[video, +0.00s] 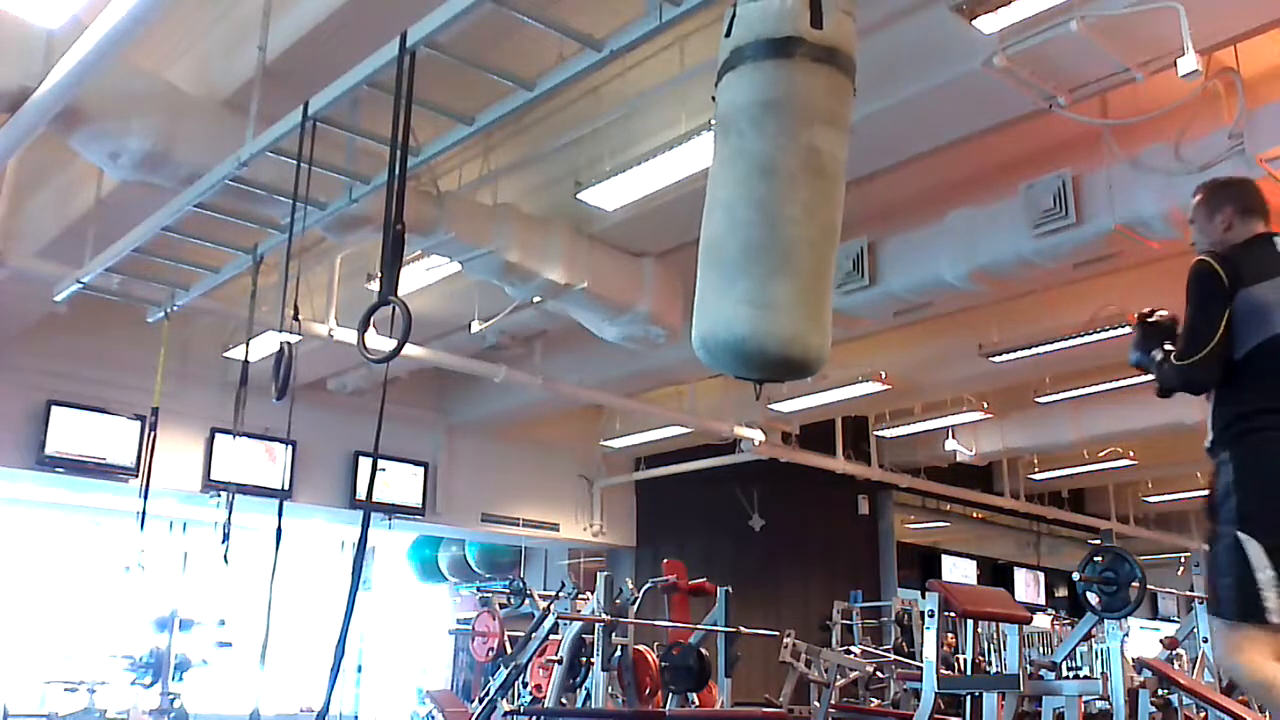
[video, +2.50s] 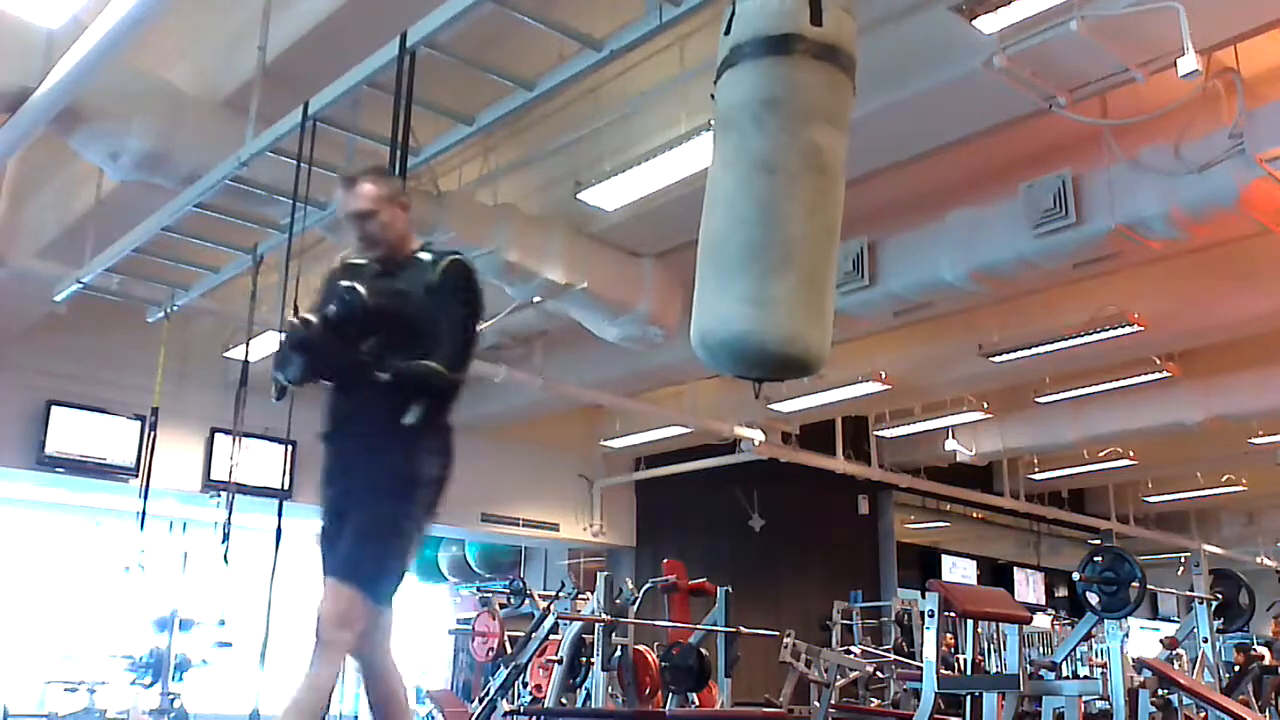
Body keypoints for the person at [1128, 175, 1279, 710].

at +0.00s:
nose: (1193, 235)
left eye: (1196, 223)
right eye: (1191, 224)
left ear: (1228, 219)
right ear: (1245, 221)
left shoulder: (1217, 268)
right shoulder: (1272, 260)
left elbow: (1199, 368)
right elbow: (1252, 359)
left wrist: (1149, 352)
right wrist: (1188, 335)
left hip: (1256, 461)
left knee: (1241, 643)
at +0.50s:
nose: (1039, 278)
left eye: (1048, 267)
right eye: (1042, 267)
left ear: (1077, 272)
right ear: (1092, 273)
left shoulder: (1083, 324)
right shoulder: (1130, 322)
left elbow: (1065, 417)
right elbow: (1098, 409)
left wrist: (1013, 395)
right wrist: (1031, 383)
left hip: (1106, 506)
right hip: (1153, 501)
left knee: (1082, 661)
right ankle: (1244, 716)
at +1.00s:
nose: (867, 313)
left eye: (873, 299)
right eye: (863, 300)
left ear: (901, 299)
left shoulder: (922, 346)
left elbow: (905, 420)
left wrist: (846, 422)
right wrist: (846, 418)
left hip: (937, 531)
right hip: (906, 533)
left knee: (955, 671)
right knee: (875, 657)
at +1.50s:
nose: (698, 325)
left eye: (704, 313)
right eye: (694, 316)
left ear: (735, 304)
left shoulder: (777, 356)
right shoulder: (711, 370)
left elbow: (788, 442)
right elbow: (672, 447)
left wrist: (699, 454)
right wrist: (639, 407)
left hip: (760, 517)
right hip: (730, 516)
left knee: (695, 647)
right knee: (766, 661)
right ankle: (823, 715)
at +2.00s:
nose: (519, 301)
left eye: (522, 286)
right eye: (513, 291)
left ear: (555, 272)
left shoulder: (597, 314)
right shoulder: (546, 345)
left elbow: (579, 410)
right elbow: (524, 434)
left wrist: (495, 427)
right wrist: (459, 410)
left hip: (589, 502)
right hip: (539, 502)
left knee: (611, 660)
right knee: (485, 638)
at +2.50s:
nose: (361, 229)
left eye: (371, 215)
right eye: (352, 219)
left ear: (403, 210)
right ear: (346, 223)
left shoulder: (448, 274)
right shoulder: (345, 279)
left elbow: (445, 375)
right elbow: (317, 358)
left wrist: (364, 365)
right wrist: (309, 344)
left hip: (407, 458)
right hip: (348, 456)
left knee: (335, 624)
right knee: (371, 641)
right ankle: (404, 717)